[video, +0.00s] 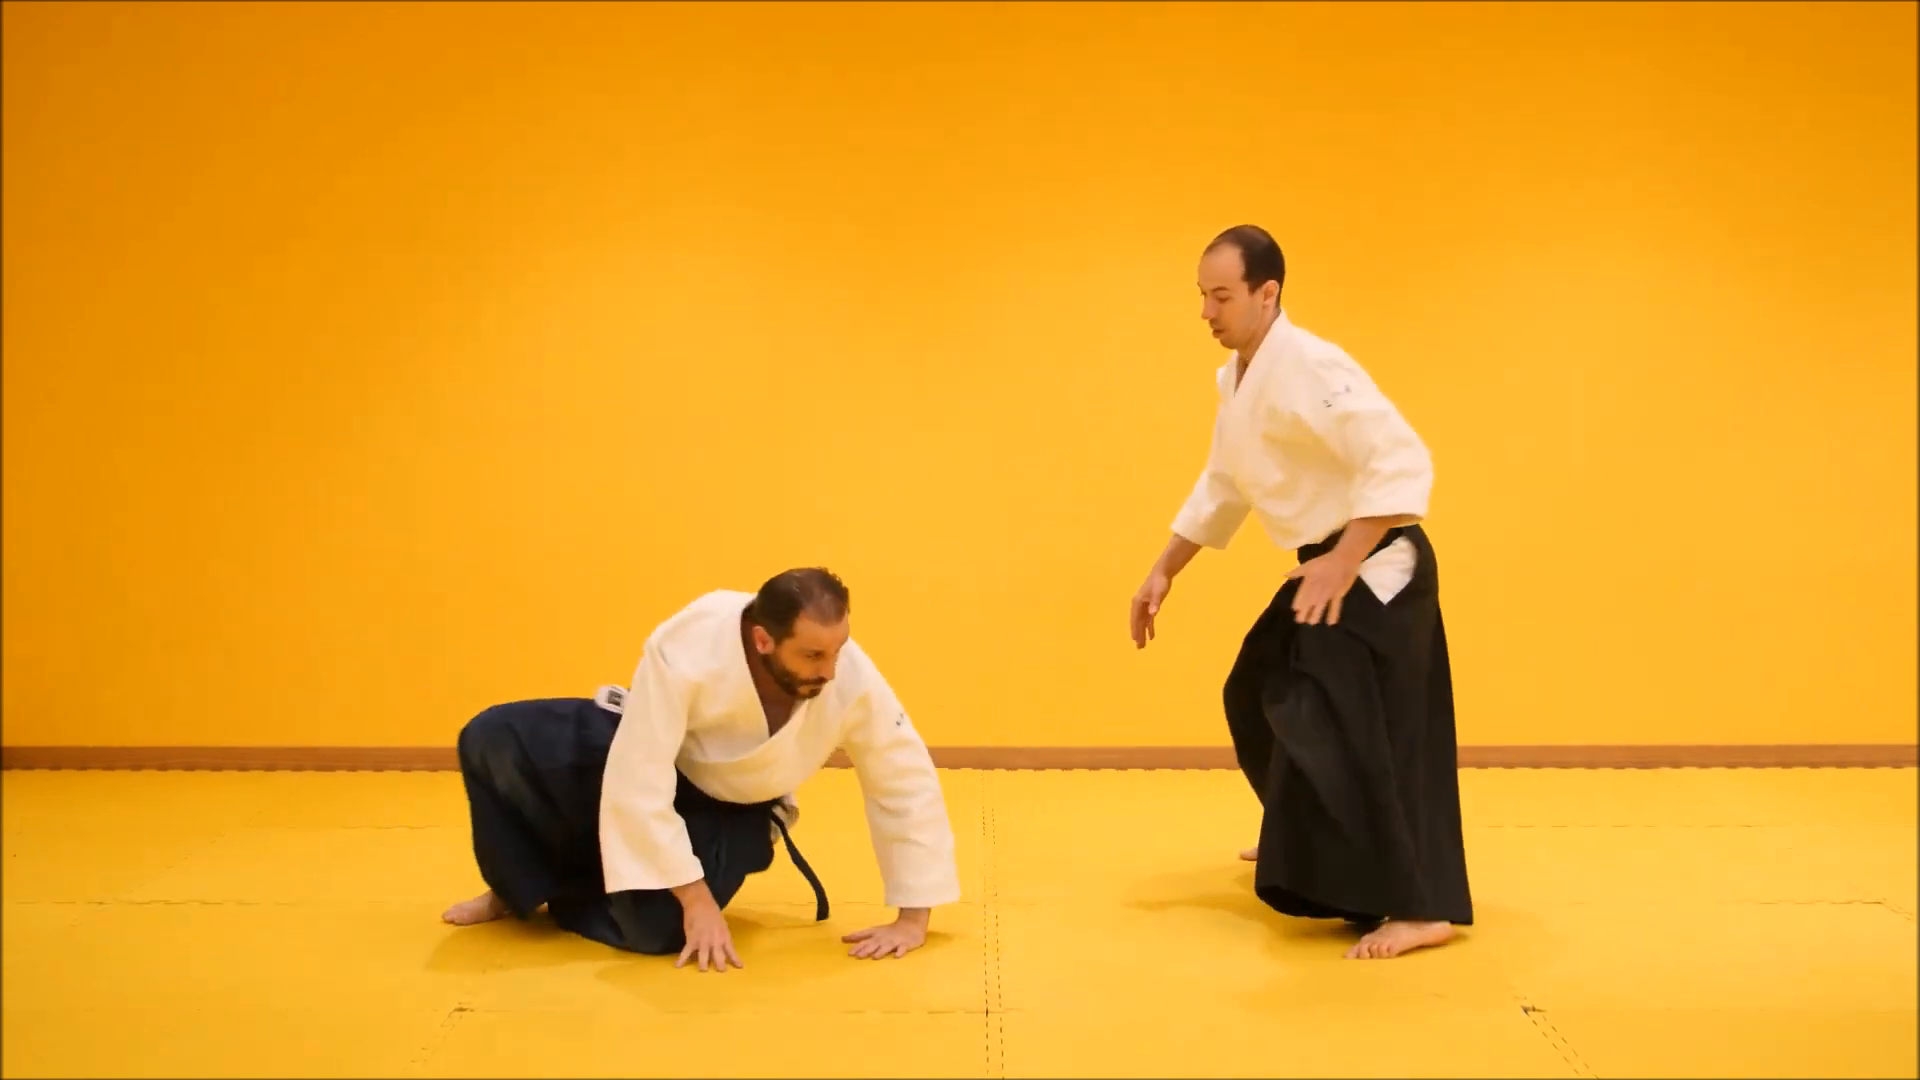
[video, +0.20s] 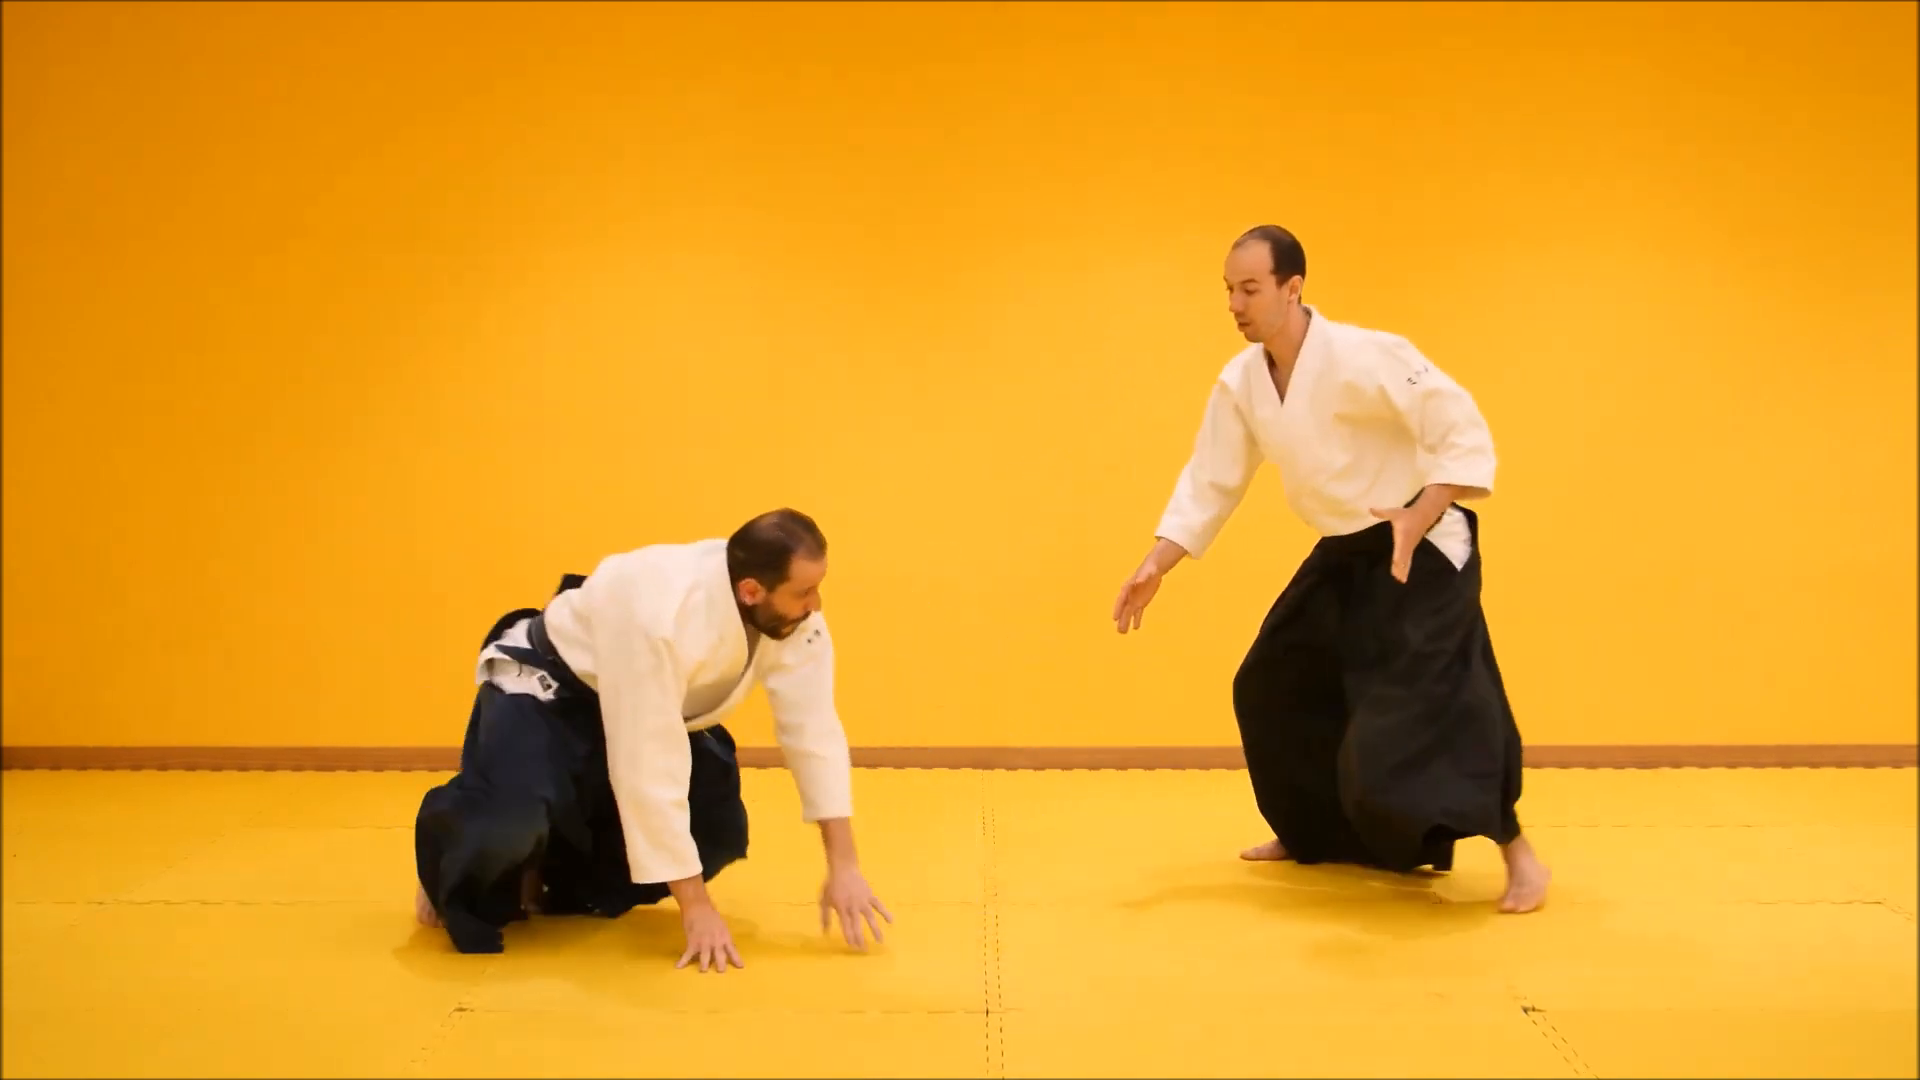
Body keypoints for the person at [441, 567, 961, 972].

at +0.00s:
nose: (825, 673)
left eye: (834, 657)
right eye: (810, 661)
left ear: (843, 636)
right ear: (760, 639)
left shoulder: (852, 679)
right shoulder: (687, 652)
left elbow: (906, 780)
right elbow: (634, 784)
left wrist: (913, 918)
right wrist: (696, 901)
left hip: (734, 807)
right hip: (650, 746)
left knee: (668, 926)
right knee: (494, 741)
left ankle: (552, 886)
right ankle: (519, 887)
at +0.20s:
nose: (815, 605)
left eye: (818, 589)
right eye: (804, 592)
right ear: (751, 591)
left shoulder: (796, 622)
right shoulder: (655, 610)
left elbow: (814, 732)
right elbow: (647, 762)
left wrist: (843, 862)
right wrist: (695, 904)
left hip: (648, 709)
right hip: (544, 681)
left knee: (714, 834)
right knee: (513, 818)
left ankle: (554, 869)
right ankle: (451, 873)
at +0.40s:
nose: (813, 476)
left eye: (815, 462)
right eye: (808, 463)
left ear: (759, 462)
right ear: (765, 469)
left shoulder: (695, 468)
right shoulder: (703, 512)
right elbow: (706, 656)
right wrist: (727, 809)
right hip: (526, 643)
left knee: (664, 763)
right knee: (595, 808)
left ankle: (557, 864)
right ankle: (442, 861)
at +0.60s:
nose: (827, 347)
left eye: (828, 331)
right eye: (822, 330)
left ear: (754, 326)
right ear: (784, 333)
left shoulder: (648, 368)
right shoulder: (762, 413)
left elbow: (606, 487)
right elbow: (751, 553)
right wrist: (769, 678)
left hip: (560, 567)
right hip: (635, 591)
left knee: (559, 715)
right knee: (749, 732)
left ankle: (510, 857)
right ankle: (615, 864)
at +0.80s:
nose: (897, 307)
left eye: (895, 292)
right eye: (890, 293)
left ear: (823, 295)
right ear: (855, 298)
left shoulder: (733, 349)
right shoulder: (845, 380)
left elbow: (723, 474)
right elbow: (885, 518)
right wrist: (980, 587)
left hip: (683, 550)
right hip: (762, 561)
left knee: (655, 720)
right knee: (917, 658)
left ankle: (485, 832)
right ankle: (951, 845)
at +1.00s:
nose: (1012, 261)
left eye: (1009, 247)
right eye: (1007, 249)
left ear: (944, 256)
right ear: (976, 262)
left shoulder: (898, 316)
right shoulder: (957, 347)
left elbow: (996, 388)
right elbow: (1036, 464)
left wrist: (1068, 423)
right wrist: (1120, 449)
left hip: (851, 528)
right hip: (918, 544)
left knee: (830, 687)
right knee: (1023, 676)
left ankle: (654, 771)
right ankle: (1016, 852)